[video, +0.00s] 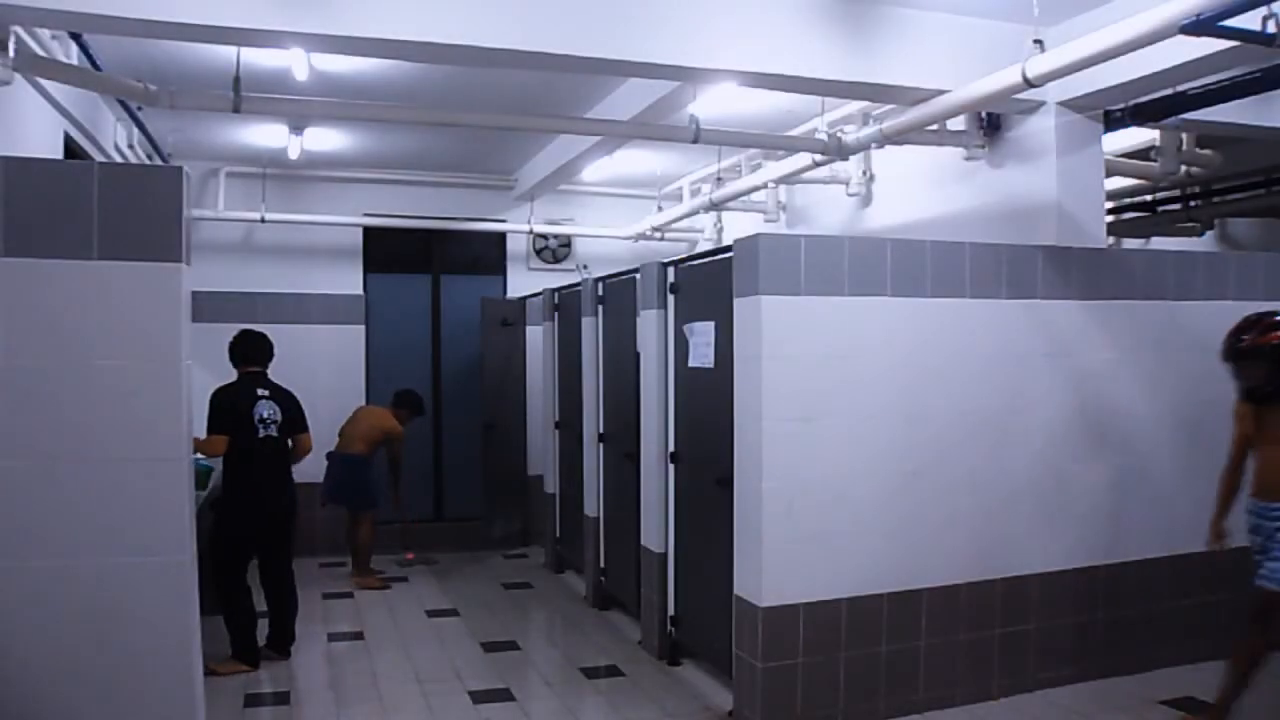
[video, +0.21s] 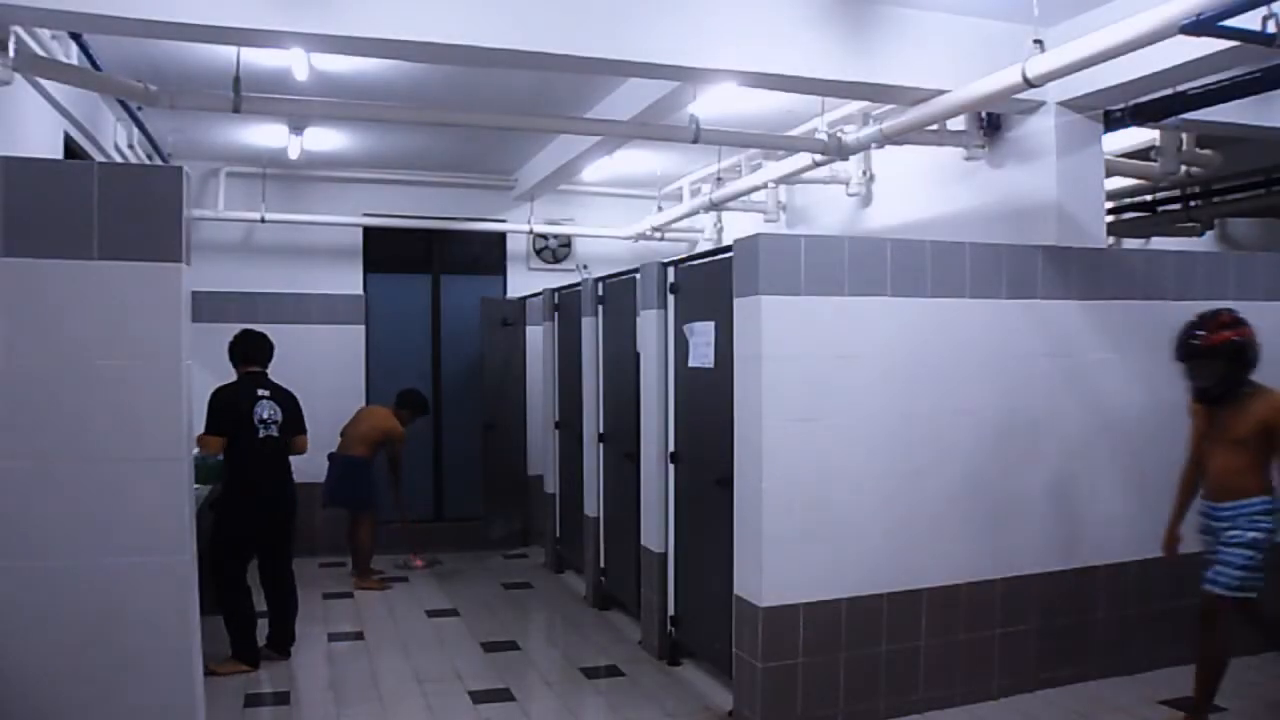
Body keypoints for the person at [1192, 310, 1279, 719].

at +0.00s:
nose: (1244, 375)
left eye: (1251, 364)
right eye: (1241, 365)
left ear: (1269, 364)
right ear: (1243, 366)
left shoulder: (1255, 405)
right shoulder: (1250, 404)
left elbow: (1235, 464)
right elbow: (1236, 463)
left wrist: (1219, 517)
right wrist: (1219, 518)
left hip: (1270, 520)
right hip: (1264, 518)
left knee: (1261, 619)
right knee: (1262, 619)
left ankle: (1221, 705)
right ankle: (1221, 704)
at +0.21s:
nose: (1199, 377)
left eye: (1208, 366)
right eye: (1194, 367)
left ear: (1235, 362)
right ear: (1192, 366)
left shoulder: (1266, 405)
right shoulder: (1202, 407)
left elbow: (1274, 468)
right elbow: (1195, 464)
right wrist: (1175, 522)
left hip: (1253, 516)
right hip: (1212, 515)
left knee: (1213, 604)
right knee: (1242, 605)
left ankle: (1202, 704)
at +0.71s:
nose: (1063, 377)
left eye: (1071, 365)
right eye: (1059, 368)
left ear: (1098, 361)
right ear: (1059, 368)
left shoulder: (1136, 409)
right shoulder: (1080, 412)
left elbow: (1144, 489)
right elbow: (1088, 475)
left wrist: (1102, 552)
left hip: (1124, 537)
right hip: (1075, 533)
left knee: (1148, 630)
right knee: (1048, 627)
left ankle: (1187, 704)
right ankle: (1035, 713)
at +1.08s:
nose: (956, 379)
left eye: (964, 367)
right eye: (953, 369)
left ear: (993, 360)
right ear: (955, 366)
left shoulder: (1035, 409)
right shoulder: (973, 409)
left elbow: (1059, 488)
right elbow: (956, 476)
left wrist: (1067, 563)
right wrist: (919, 536)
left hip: (1013, 538)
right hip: (975, 537)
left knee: (965, 641)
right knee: (1010, 641)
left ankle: (955, 711)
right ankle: (1027, 714)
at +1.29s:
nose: (895, 388)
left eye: (903, 375)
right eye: (891, 376)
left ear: (932, 368)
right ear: (890, 373)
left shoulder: (973, 419)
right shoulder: (915, 416)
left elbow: (993, 499)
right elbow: (903, 486)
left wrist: (999, 570)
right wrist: (863, 546)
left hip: (941, 549)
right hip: (907, 545)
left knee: (907, 658)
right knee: (917, 653)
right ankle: (993, 710)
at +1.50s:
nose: (835, 391)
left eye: (843, 379)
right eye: (831, 380)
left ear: (872, 369)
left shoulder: (915, 413)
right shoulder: (854, 411)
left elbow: (929, 503)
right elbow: (859, 483)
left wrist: (900, 577)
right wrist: (840, 544)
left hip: (886, 549)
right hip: (841, 544)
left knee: (877, 660)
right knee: (812, 649)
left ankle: (885, 714)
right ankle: (826, 714)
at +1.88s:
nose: (745, 404)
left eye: (755, 393)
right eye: (736, 394)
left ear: (778, 375)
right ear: (725, 381)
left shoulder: (819, 417)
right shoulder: (722, 414)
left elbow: (834, 503)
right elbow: (712, 492)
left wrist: (830, 585)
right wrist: (699, 564)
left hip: (786, 560)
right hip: (729, 555)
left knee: (761, 679)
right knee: (724, 677)